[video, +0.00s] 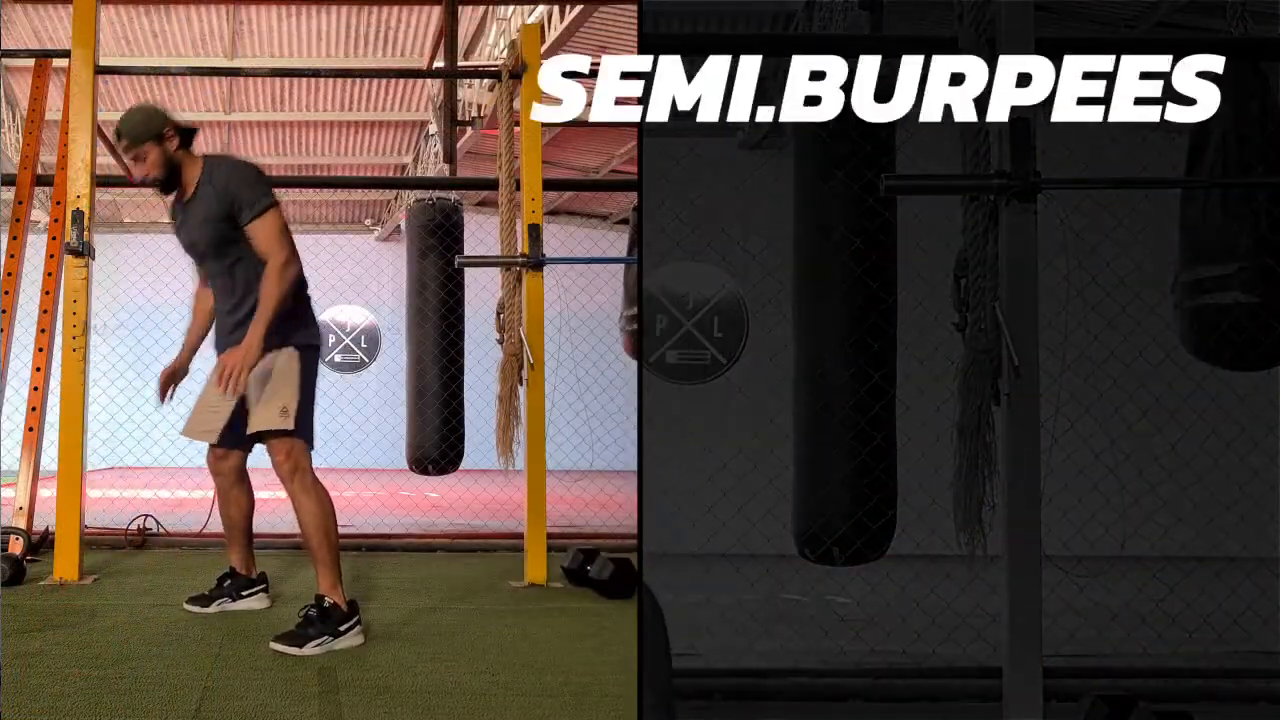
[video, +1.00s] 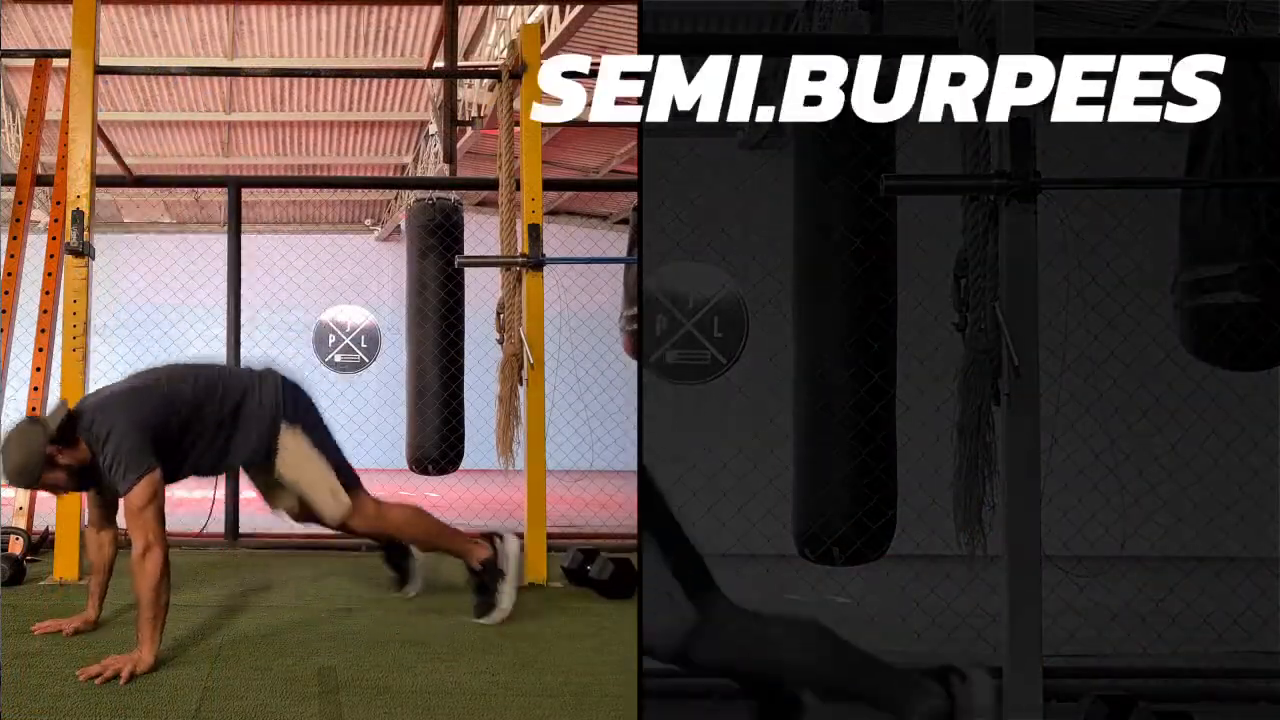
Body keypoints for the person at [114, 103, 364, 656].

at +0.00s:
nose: (137, 172)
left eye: (140, 157)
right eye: (128, 162)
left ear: (171, 138)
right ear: (128, 161)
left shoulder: (234, 176)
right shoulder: (183, 205)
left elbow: (283, 261)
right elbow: (211, 282)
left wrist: (251, 344)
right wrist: (186, 355)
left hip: (283, 337)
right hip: (238, 342)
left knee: (291, 462)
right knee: (224, 460)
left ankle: (336, 606)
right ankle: (244, 575)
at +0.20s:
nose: (108, 299)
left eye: (108, 285)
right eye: (101, 290)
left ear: (134, 266)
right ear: (130, 273)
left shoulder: (200, 290)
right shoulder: (152, 313)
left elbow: (224, 388)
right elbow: (152, 396)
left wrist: (192, 501)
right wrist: (133, 475)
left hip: (313, 357)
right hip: (261, 371)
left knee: (282, 466)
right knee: (213, 462)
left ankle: (336, 606)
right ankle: (243, 577)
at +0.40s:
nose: (112, 450)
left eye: (109, 440)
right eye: (105, 444)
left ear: (123, 418)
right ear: (119, 416)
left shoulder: (167, 403)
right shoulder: (130, 408)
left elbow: (165, 522)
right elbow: (118, 512)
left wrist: (136, 628)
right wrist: (85, 597)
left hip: (311, 341)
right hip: (268, 357)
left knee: (289, 463)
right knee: (233, 461)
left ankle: (337, 607)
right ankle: (247, 576)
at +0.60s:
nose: (71, 497)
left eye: (63, 491)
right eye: (61, 494)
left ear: (74, 467)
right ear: (70, 462)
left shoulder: (131, 435)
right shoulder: (89, 441)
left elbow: (158, 548)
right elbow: (106, 533)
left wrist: (146, 649)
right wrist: (91, 612)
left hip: (267, 370)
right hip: (237, 398)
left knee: (329, 486)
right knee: (288, 484)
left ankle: (460, 534)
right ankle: (381, 516)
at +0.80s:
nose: (40, 474)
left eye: (35, 464)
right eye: (31, 469)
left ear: (49, 438)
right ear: (46, 436)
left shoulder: (125, 432)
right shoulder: (80, 439)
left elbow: (151, 545)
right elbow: (102, 528)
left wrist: (146, 648)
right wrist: (90, 609)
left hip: (267, 481)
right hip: (242, 494)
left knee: (362, 548)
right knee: (338, 542)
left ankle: (499, 565)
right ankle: (420, 550)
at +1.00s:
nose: (56, 491)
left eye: (50, 482)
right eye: (46, 486)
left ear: (61, 455)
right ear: (56, 452)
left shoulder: (123, 432)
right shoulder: (82, 439)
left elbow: (149, 546)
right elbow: (101, 526)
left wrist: (145, 649)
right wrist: (91, 608)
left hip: (269, 407)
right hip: (242, 433)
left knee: (348, 509)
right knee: (295, 506)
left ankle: (484, 552)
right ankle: (392, 535)